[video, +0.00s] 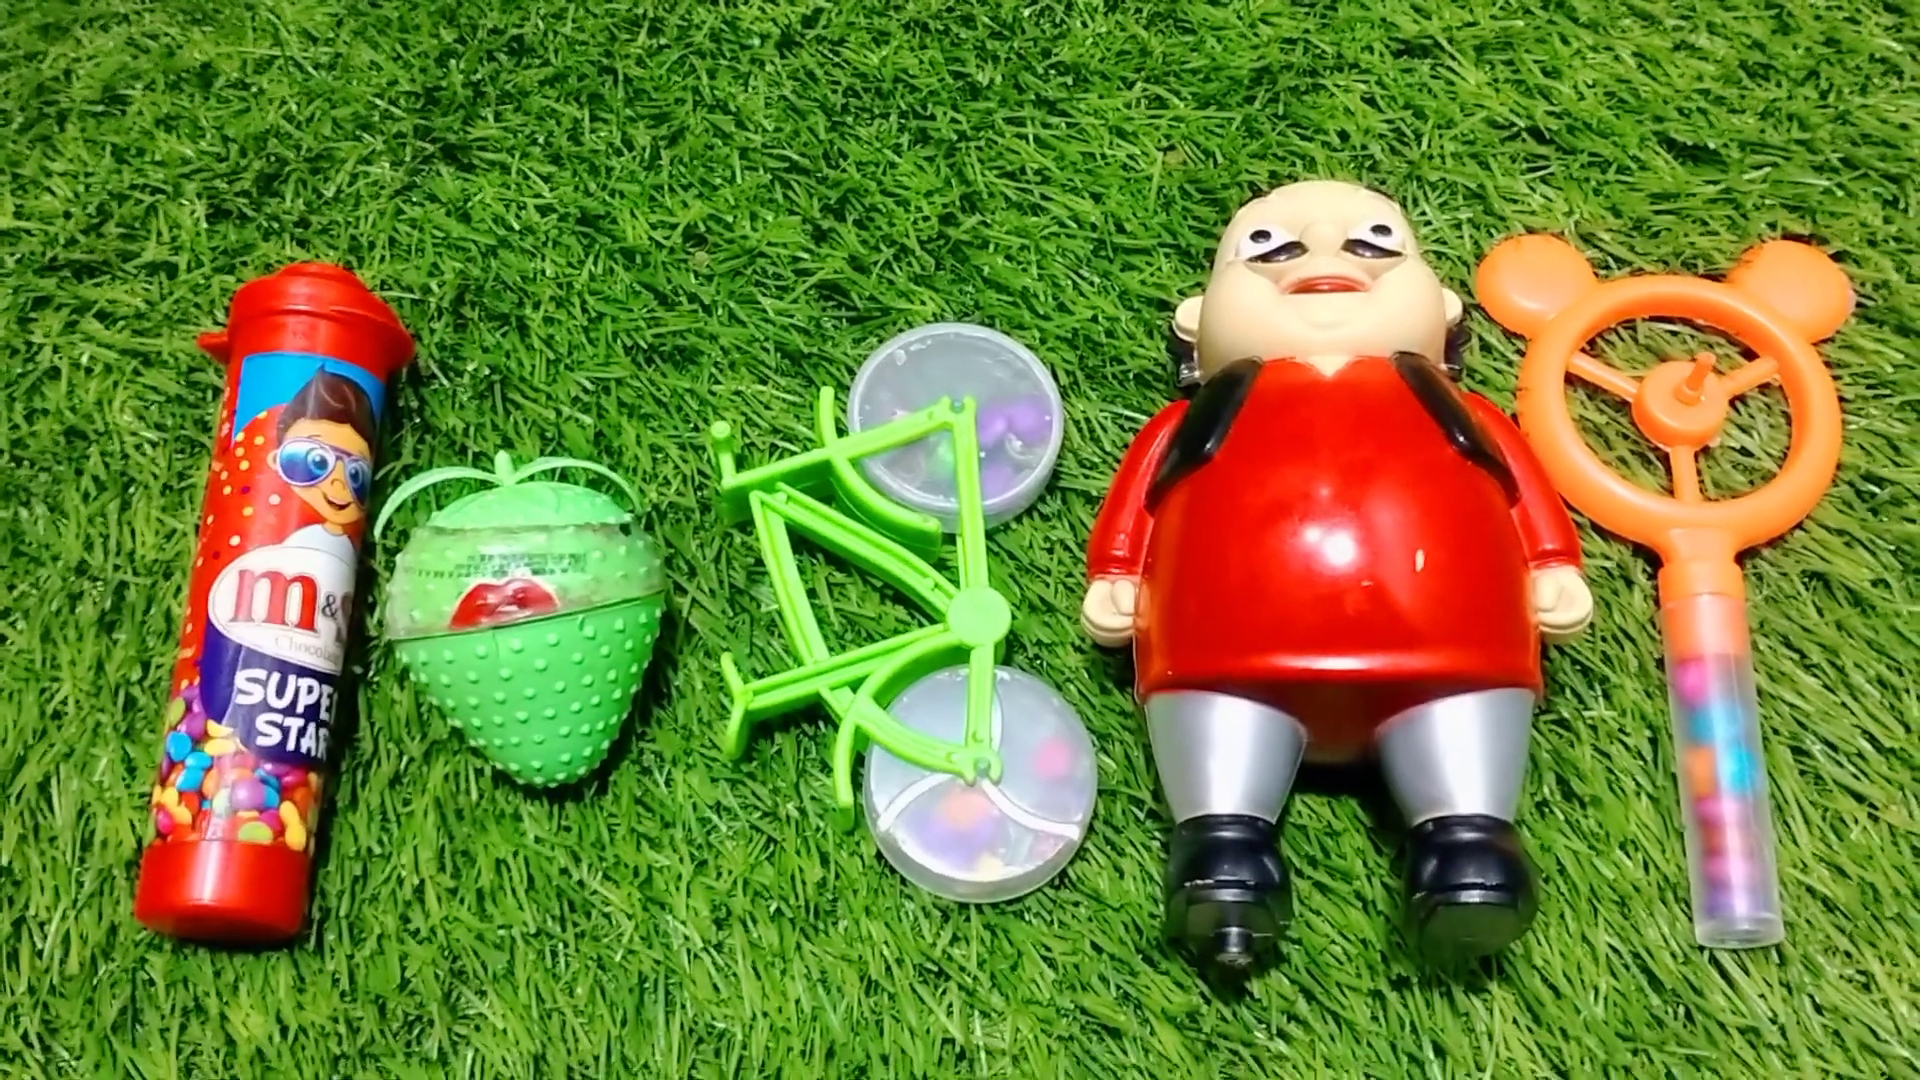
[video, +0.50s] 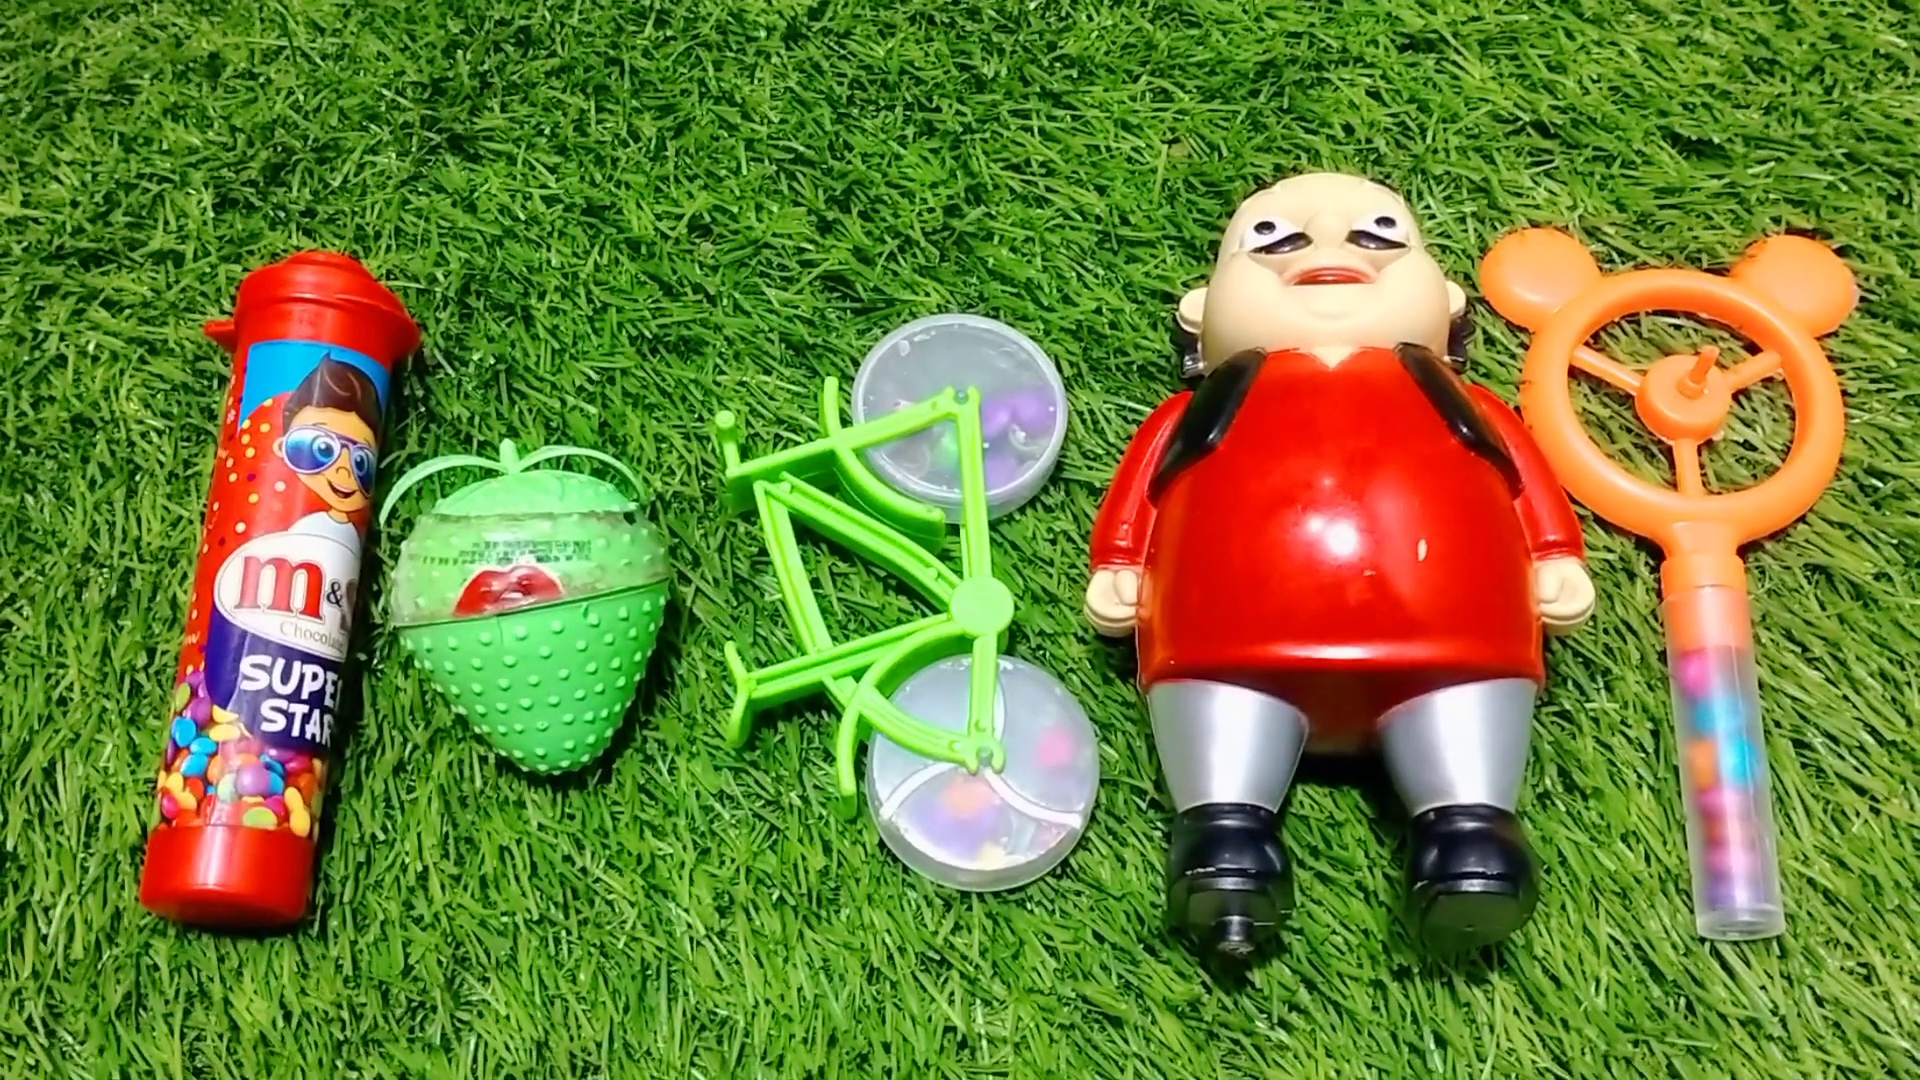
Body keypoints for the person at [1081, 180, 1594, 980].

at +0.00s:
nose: (1327, 256)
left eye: (1375, 239)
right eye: (1274, 242)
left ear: (1442, 312)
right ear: (1198, 322)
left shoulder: (1461, 407)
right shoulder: (1191, 417)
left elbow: (1521, 481)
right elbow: (1139, 492)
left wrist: (1551, 560)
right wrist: (1117, 569)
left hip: (1440, 586)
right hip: (1238, 591)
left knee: (1465, 682)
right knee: (1219, 689)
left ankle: (1468, 841)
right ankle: (1227, 858)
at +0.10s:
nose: (1326, 254)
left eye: (1375, 238)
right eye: (1274, 240)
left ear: (1441, 310)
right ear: (1197, 321)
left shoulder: (1461, 406)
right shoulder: (1188, 416)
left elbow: (1521, 479)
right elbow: (1137, 491)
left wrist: (1551, 558)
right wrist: (1116, 568)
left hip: (1439, 585)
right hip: (1236, 590)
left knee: (1465, 681)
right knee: (1217, 689)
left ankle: (1468, 841)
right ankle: (1226, 859)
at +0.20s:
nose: (1332, 251)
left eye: (1380, 235)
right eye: (1279, 237)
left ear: (1448, 310)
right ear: (1203, 318)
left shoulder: (1465, 404)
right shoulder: (1195, 413)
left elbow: (1525, 475)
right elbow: (1142, 487)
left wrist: (1555, 556)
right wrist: (1121, 564)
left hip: (1443, 582)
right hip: (1241, 586)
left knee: (1467, 679)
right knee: (1222, 684)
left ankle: (1470, 837)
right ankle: (1229, 850)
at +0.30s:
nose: (1332, 250)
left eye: (1380, 234)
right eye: (1278, 236)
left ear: (1448, 309)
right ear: (1202, 318)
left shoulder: (1467, 404)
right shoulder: (1192, 412)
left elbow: (1525, 476)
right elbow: (1142, 488)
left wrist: (1555, 555)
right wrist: (1120, 563)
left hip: (1443, 582)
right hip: (1240, 586)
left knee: (1468, 680)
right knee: (1221, 686)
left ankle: (1470, 838)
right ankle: (1228, 851)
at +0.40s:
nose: (1331, 250)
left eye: (1379, 234)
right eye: (1278, 236)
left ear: (1446, 309)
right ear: (1202, 317)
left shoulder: (1466, 402)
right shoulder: (1193, 411)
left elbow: (1524, 475)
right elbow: (1142, 486)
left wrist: (1554, 554)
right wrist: (1120, 562)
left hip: (1442, 581)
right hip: (1240, 585)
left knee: (1467, 678)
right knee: (1221, 684)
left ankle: (1469, 836)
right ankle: (1228, 850)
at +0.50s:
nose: (1332, 247)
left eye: (1380, 230)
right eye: (1277, 233)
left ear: (1448, 306)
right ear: (1201, 315)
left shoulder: (1466, 401)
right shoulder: (1194, 409)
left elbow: (1525, 472)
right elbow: (1142, 483)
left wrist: (1552, 552)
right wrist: (1121, 560)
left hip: (1442, 578)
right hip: (1240, 581)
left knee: (1466, 672)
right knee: (1222, 680)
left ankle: (1468, 834)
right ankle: (1227, 842)